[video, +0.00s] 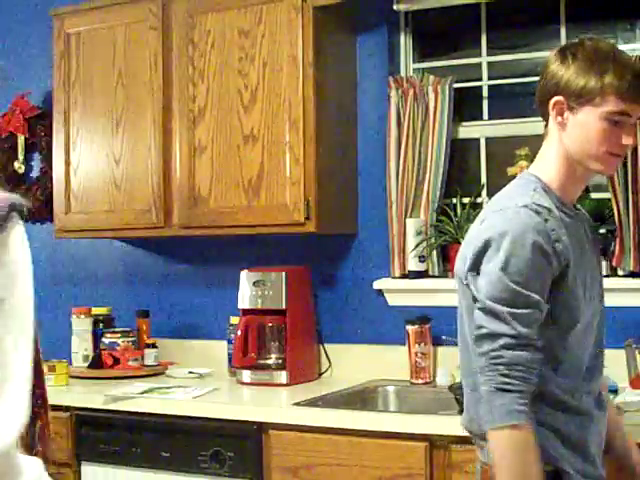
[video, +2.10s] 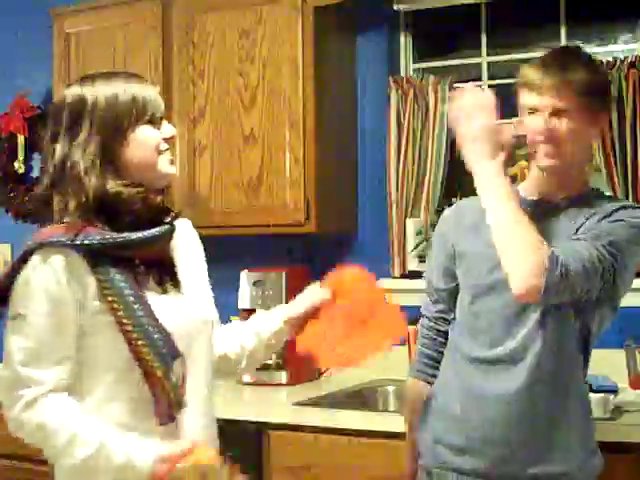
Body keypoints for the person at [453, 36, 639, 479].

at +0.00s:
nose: (630, 140)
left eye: (634, 125)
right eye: (616, 121)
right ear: (560, 113)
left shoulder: (573, 224)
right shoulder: (520, 227)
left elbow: (584, 381)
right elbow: (504, 408)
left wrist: (625, 460)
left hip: (580, 462)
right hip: (541, 465)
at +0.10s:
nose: (615, 136)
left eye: (625, 118)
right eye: (597, 116)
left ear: (633, 123)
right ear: (550, 115)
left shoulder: (592, 229)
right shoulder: (511, 226)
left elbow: (600, 365)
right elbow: (472, 392)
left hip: (581, 464)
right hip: (525, 466)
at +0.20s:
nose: (593, 133)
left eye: (610, 116)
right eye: (576, 113)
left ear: (626, 126)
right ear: (543, 116)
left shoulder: (610, 235)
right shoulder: (497, 225)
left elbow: (630, 384)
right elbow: (440, 384)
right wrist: (428, 477)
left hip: (578, 462)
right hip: (509, 463)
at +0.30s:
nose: (576, 127)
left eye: (595, 112)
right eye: (561, 109)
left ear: (622, 125)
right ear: (541, 118)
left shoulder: (623, 233)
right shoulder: (487, 224)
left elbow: (639, 359)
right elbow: (422, 365)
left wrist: (619, 262)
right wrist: (405, 475)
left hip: (575, 460)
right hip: (495, 456)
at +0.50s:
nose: (534, 118)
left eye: (555, 102)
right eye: (526, 102)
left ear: (601, 120)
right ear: (518, 110)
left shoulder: (622, 227)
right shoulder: (468, 222)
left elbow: (631, 343)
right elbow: (414, 362)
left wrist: (577, 220)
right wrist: (400, 475)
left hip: (573, 466)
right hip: (473, 461)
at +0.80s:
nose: (491, 108)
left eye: (513, 95)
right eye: (487, 95)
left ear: (562, 116)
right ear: (480, 106)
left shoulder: (594, 217)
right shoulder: (430, 225)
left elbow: (572, 321)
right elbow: (399, 364)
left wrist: (521, 198)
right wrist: (395, 473)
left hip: (549, 462)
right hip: (445, 460)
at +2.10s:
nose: (542, 127)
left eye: (560, 114)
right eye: (532, 112)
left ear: (597, 125)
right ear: (516, 123)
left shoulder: (619, 222)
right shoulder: (458, 221)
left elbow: (533, 279)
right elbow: (434, 332)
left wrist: (483, 162)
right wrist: (411, 435)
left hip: (552, 462)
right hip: (450, 457)